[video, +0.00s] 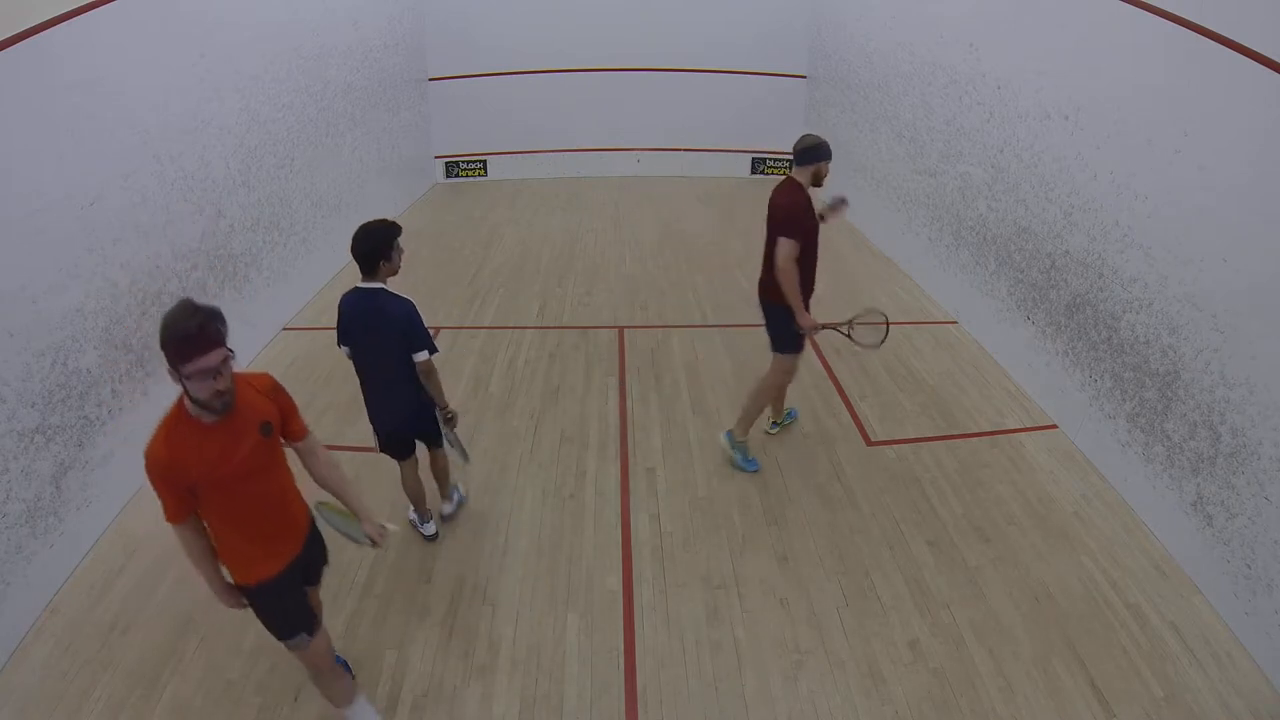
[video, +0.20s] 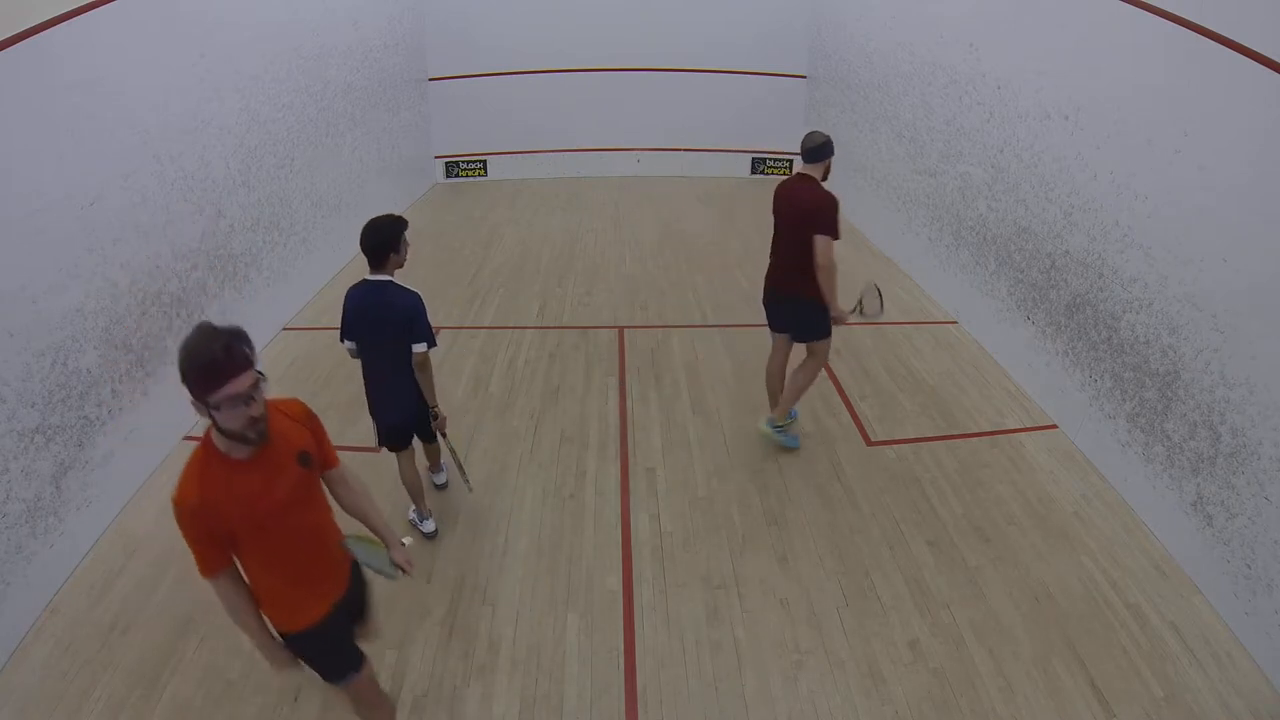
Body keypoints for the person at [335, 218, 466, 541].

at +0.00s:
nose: (402, 256)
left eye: (400, 249)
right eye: (398, 251)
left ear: (363, 261)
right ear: (385, 261)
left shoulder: (348, 303)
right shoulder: (401, 308)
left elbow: (350, 353)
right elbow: (425, 367)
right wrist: (443, 405)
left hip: (380, 405)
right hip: (414, 399)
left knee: (406, 462)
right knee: (435, 448)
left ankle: (425, 521)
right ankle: (448, 499)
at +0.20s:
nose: (408, 247)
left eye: (405, 242)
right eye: (404, 243)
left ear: (368, 253)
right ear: (394, 252)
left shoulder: (354, 295)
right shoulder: (409, 300)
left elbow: (353, 350)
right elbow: (420, 359)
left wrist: (384, 342)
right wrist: (434, 407)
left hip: (380, 396)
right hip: (413, 391)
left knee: (404, 454)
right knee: (428, 435)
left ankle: (424, 517)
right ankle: (438, 472)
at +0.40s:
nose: (414, 242)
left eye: (411, 236)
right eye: (411, 237)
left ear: (378, 242)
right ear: (403, 244)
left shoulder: (360, 283)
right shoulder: (418, 289)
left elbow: (356, 332)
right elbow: (430, 346)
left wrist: (385, 321)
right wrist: (442, 385)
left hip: (382, 376)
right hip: (416, 374)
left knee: (388, 433)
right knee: (426, 423)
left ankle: (411, 489)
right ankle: (437, 471)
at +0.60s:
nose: (411, 237)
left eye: (409, 231)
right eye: (409, 232)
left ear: (375, 237)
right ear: (403, 238)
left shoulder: (361, 275)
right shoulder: (419, 283)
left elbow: (369, 313)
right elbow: (444, 326)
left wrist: (417, 332)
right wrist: (452, 350)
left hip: (380, 368)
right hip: (415, 368)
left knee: (381, 426)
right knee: (426, 422)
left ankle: (381, 478)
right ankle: (437, 472)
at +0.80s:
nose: (403, 234)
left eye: (401, 229)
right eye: (402, 230)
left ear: (368, 237)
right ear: (399, 238)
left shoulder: (357, 272)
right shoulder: (408, 277)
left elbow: (384, 273)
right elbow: (456, 298)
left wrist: (399, 262)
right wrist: (452, 309)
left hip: (378, 365)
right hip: (415, 362)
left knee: (384, 425)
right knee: (421, 421)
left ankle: (385, 483)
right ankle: (428, 481)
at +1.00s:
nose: (398, 232)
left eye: (395, 227)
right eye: (396, 227)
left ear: (364, 235)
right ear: (392, 234)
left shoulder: (352, 278)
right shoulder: (408, 274)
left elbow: (357, 308)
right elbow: (457, 290)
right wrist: (443, 298)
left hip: (378, 369)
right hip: (413, 364)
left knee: (380, 428)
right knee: (422, 419)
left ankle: (387, 486)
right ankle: (437, 470)